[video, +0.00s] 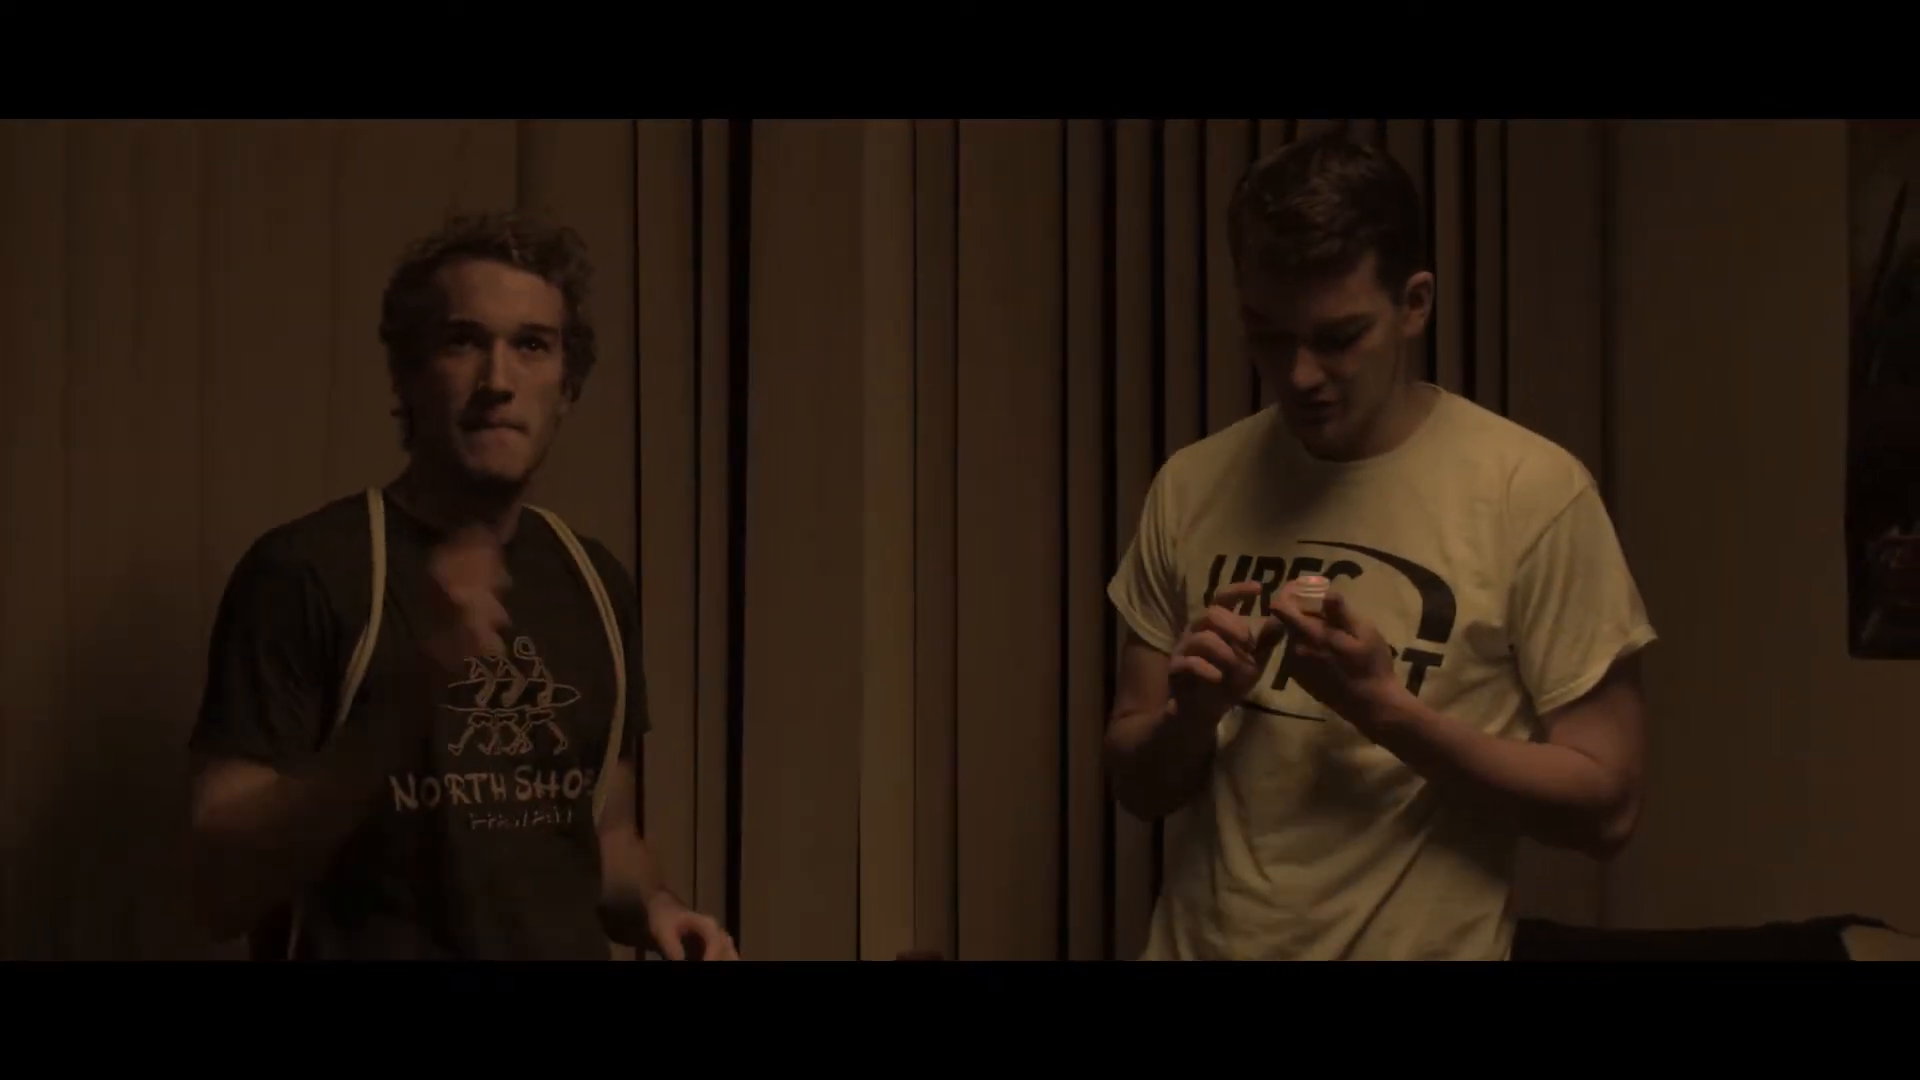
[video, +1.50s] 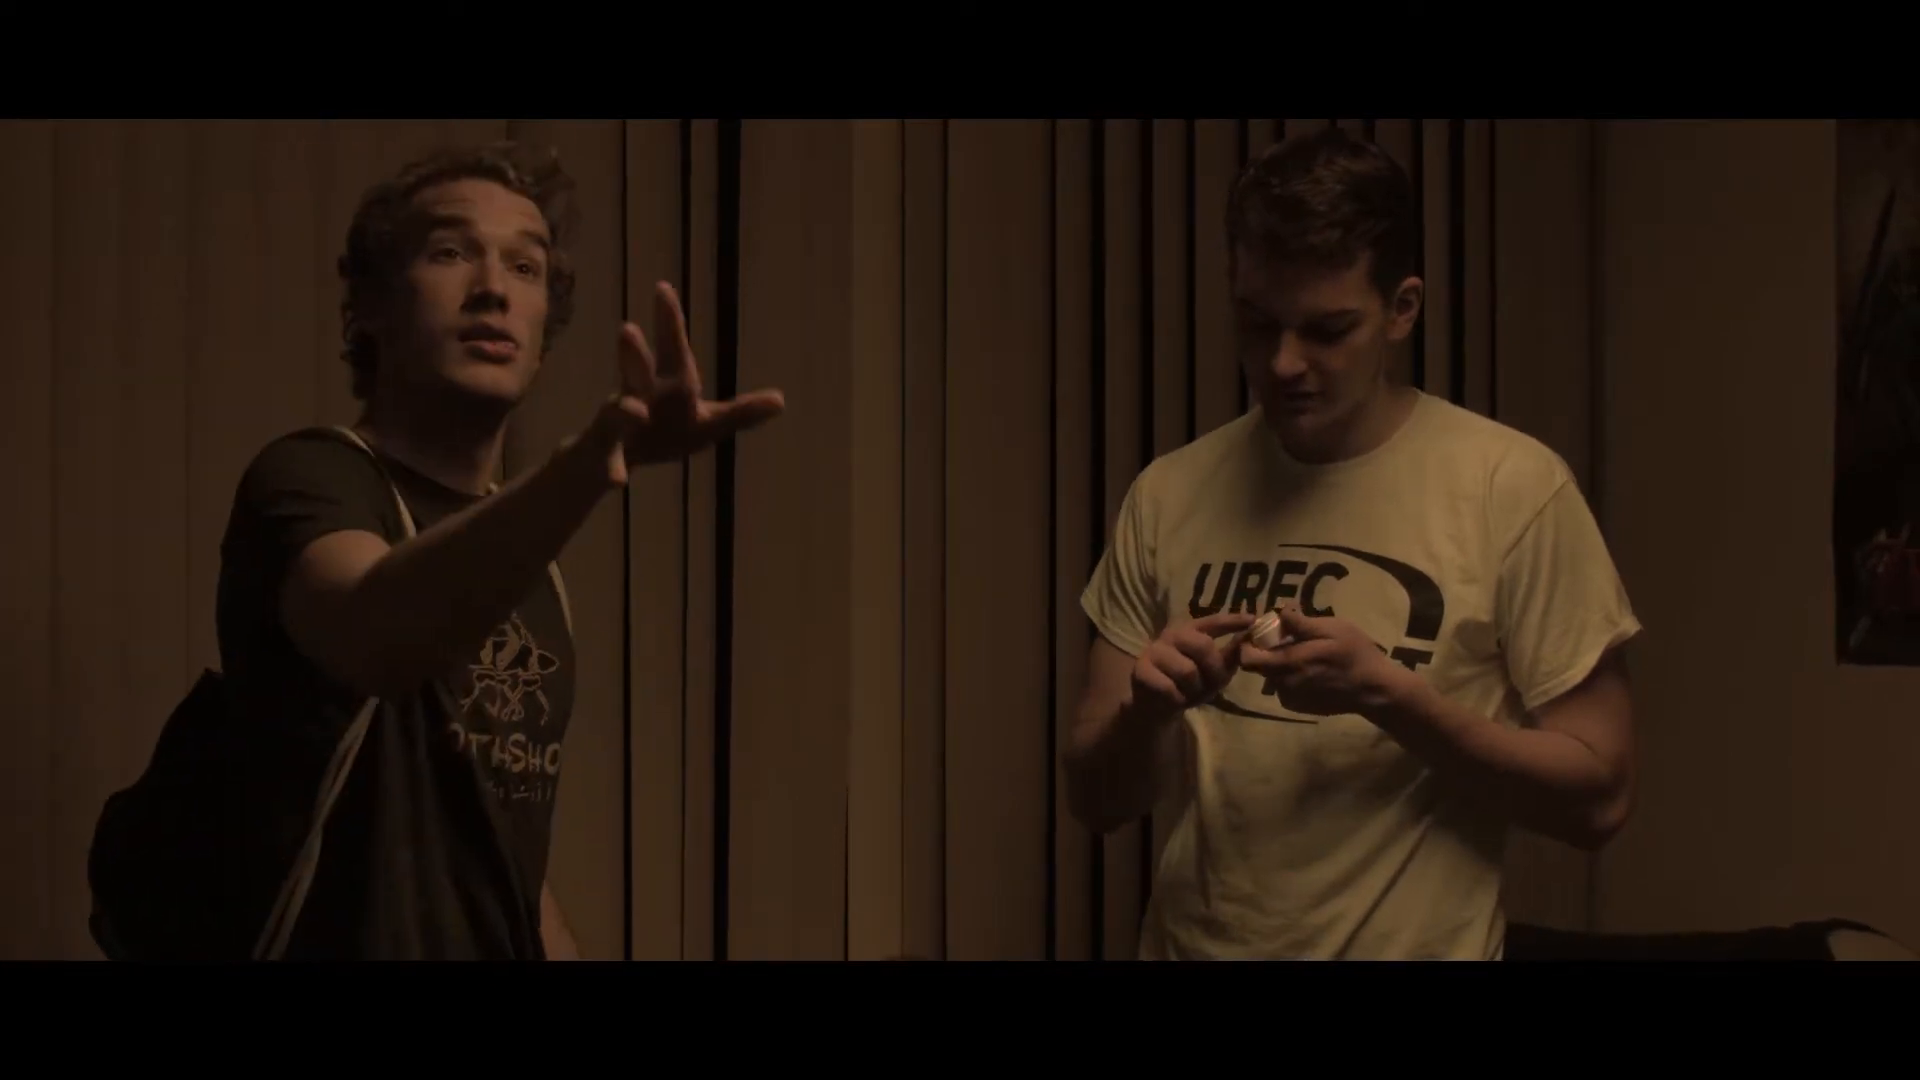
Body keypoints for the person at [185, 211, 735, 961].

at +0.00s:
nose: (498, 381)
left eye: (532, 347)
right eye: (463, 344)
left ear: (565, 385)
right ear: (404, 379)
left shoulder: (595, 586)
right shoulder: (300, 578)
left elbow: (605, 830)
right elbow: (218, 871)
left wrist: (651, 905)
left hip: (556, 946)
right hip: (365, 945)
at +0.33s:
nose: (463, 383)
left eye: (496, 350)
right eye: (427, 349)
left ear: (538, 398)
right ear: (376, 392)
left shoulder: (591, 601)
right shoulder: (276, 582)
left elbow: (636, 839)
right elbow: (205, 869)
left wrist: (675, 923)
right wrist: (335, 672)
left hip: (553, 951)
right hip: (345, 949)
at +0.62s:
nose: (453, 383)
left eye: (488, 351)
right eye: (419, 349)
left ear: (536, 393)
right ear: (373, 387)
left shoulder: (600, 596)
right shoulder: (291, 563)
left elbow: (684, 854)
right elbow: (136, 722)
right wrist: (294, 536)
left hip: (540, 948)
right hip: (332, 948)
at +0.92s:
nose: (487, 365)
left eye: (522, 331)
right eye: (451, 328)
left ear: (558, 371)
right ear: (389, 363)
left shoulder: (595, 586)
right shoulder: (303, 536)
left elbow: (609, 857)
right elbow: (109, 447)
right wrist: (297, 211)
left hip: (526, 944)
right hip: (319, 940)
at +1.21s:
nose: (489, 300)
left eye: (522, 277)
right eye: (454, 263)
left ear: (551, 343)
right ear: (389, 296)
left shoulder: (545, 553)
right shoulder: (314, 507)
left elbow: (531, 837)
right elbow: (386, 382)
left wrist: (567, 945)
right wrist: (417, 135)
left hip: (500, 939)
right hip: (333, 928)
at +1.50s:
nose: (495, 284)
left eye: (524, 265)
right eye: (451, 252)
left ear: (547, 322)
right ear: (367, 306)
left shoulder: (532, 562)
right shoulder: (309, 476)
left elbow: (504, 848)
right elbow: (369, 635)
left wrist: (555, 943)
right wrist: (588, 464)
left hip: (477, 940)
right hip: (315, 931)